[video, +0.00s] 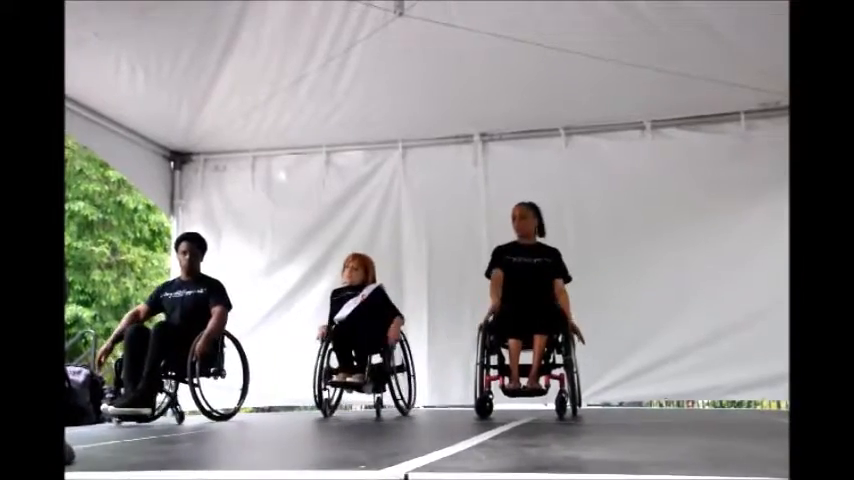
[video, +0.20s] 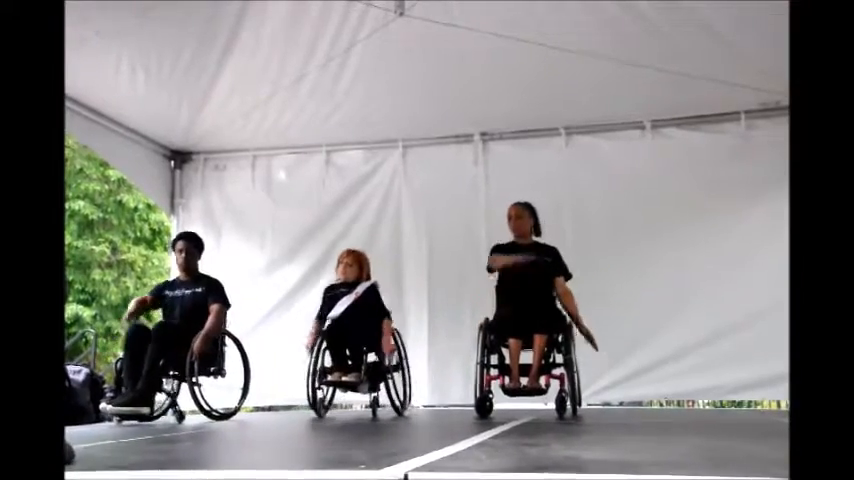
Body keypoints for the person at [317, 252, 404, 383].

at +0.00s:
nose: (349, 272)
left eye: (355, 269)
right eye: (347, 267)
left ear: (366, 273)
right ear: (343, 271)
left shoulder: (375, 291)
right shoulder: (337, 294)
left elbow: (398, 316)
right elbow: (334, 322)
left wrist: (395, 327)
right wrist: (326, 330)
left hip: (373, 332)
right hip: (349, 333)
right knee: (338, 332)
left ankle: (359, 373)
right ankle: (345, 370)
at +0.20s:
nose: (344, 268)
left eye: (350, 265)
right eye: (341, 264)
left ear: (361, 270)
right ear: (337, 268)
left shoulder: (368, 289)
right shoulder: (331, 290)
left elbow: (384, 316)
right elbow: (321, 317)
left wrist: (386, 340)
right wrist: (313, 337)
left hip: (365, 330)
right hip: (341, 329)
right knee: (332, 331)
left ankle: (355, 371)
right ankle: (339, 369)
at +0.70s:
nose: (329, 258)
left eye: (336, 254)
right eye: (327, 253)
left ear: (349, 259)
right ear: (323, 257)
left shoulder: (357, 278)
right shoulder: (318, 281)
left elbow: (373, 292)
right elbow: (293, 304)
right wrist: (279, 278)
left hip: (352, 319)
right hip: (328, 320)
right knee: (316, 325)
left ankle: (342, 369)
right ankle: (324, 367)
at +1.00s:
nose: (324, 254)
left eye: (330, 251)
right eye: (321, 249)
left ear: (340, 257)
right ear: (314, 256)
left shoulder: (346, 276)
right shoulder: (307, 280)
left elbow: (360, 271)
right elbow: (304, 313)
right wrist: (289, 319)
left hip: (343, 318)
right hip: (318, 320)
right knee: (307, 322)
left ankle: (337, 370)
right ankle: (317, 368)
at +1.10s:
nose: (315, 256)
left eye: (321, 252)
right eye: (314, 252)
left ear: (334, 257)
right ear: (312, 254)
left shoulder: (345, 276)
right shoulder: (304, 280)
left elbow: (351, 270)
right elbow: (303, 309)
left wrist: (332, 252)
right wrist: (292, 318)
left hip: (340, 315)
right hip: (315, 318)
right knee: (306, 324)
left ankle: (336, 370)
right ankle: (315, 368)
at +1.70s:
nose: (309, 246)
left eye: (317, 242)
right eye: (306, 240)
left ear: (331, 248)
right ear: (301, 245)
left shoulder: (339, 271)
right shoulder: (291, 272)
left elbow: (372, 285)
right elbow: (276, 304)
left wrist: (386, 258)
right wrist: (265, 325)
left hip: (329, 317)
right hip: (299, 316)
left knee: (315, 323)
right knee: (288, 319)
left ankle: (314, 371)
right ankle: (295, 368)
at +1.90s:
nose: (306, 242)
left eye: (315, 239)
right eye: (304, 237)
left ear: (329, 247)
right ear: (300, 241)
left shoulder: (336, 269)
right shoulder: (285, 270)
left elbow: (370, 285)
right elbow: (268, 305)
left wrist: (397, 260)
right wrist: (251, 331)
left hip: (318, 318)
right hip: (286, 317)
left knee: (287, 317)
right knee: (271, 316)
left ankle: (289, 372)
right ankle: (278, 369)